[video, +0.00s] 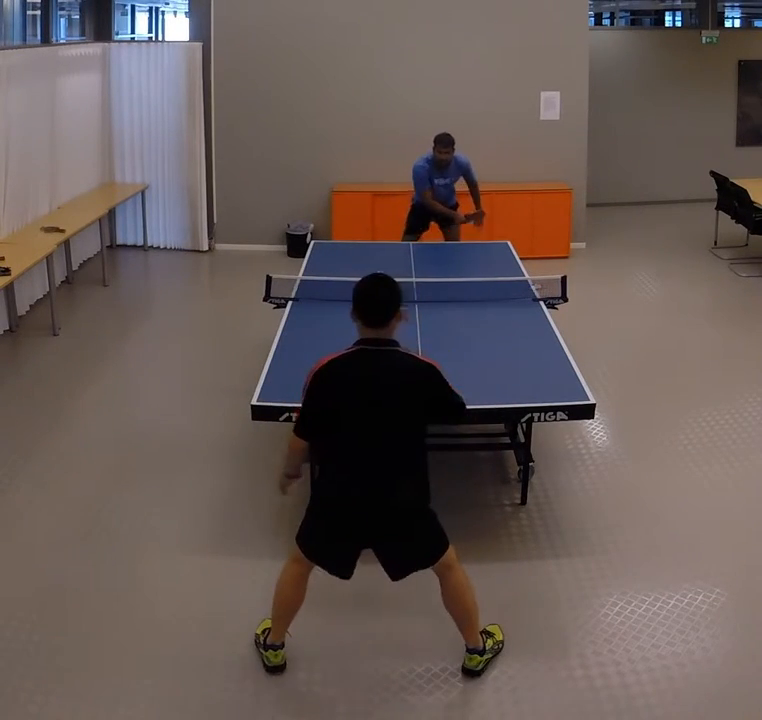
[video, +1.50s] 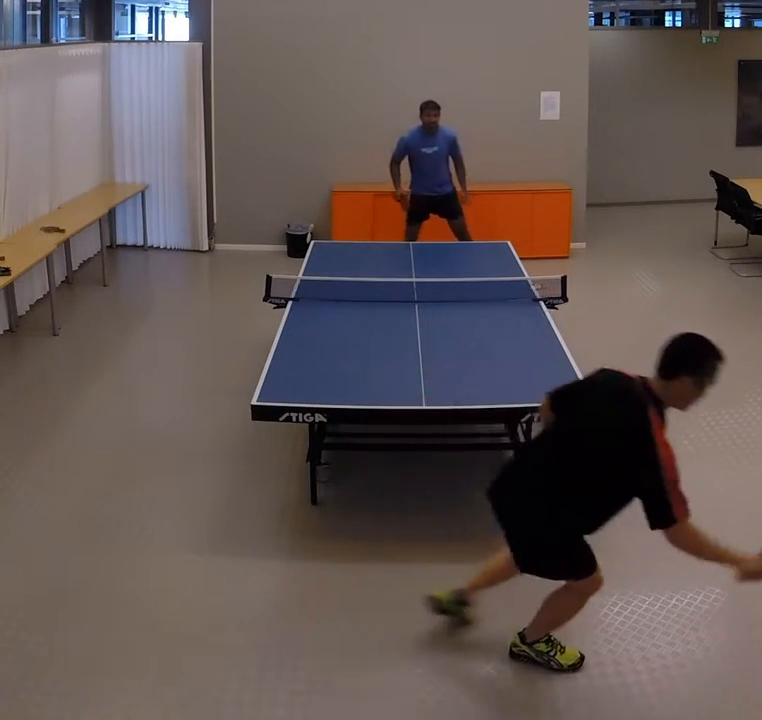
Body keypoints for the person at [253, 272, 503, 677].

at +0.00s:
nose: (400, 314)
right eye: (399, 309)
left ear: (355, 314)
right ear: (400, 316)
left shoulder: (326, 373)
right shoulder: (421, 372)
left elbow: (300, 442)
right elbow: (457, 413)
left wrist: (289, 472)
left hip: (336, 505)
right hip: (402, 505)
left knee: (300, 563)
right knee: (447, 567)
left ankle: (274, 643)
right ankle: (476, 648)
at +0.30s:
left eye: (333, 300)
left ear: (334, 306)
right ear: (378, 309)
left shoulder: (315, 369)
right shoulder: (394, 356)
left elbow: (295, 449)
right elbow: (386, 421)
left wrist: (274, 483)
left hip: (335, 495)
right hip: (394, 489)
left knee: (297, 568)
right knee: (439, 568)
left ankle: (273, 644)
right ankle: (476, 648)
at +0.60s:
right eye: (417, 303)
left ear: (375, 297)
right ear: (417, 307)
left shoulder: (328, 345)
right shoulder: (421, 362)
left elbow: (290, 405)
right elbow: (458, 428)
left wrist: (286, 451)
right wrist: (502, 478)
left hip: (331, 486)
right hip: (392, 489)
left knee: (301, 565)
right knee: (437, 566)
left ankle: (273, 643)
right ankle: (468, 642)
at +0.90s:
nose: (468, 320)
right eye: (467, 314)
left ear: (422, 311)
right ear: (463, 320)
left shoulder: (380, 354)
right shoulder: (462, 376)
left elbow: (341, 419)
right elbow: (463, 454)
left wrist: (368, 455)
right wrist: (482, 517)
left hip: (364, 489)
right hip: (421, 498)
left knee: (323, 565)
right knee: (456, 567)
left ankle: (287, 646)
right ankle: (468, 647)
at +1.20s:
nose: (527, 348)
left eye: (527, 339)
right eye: (528, 341)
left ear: (482, 332)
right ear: (520, 345)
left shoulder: (434, 367)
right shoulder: (512, 409)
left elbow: (385, 419)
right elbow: (517, 492)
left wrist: (415, 451)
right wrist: (551, 501)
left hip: (386, 509)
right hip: (446, 525)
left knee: (341, 564)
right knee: (518, 557)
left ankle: (291, 641)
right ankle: (524, 636)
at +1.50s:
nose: (703, 394)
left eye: (706, 386)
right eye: (703, 384)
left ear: (669, 368)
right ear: (683, 378)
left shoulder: (610, 381)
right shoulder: (650, 438)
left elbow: (551, 406)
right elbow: (675, 529)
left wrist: (565, 452)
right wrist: (737, 561)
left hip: (511, 485)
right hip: (543, 518)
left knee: (533, 548)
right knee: (586, 580)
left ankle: (460, 594)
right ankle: (532, 640)